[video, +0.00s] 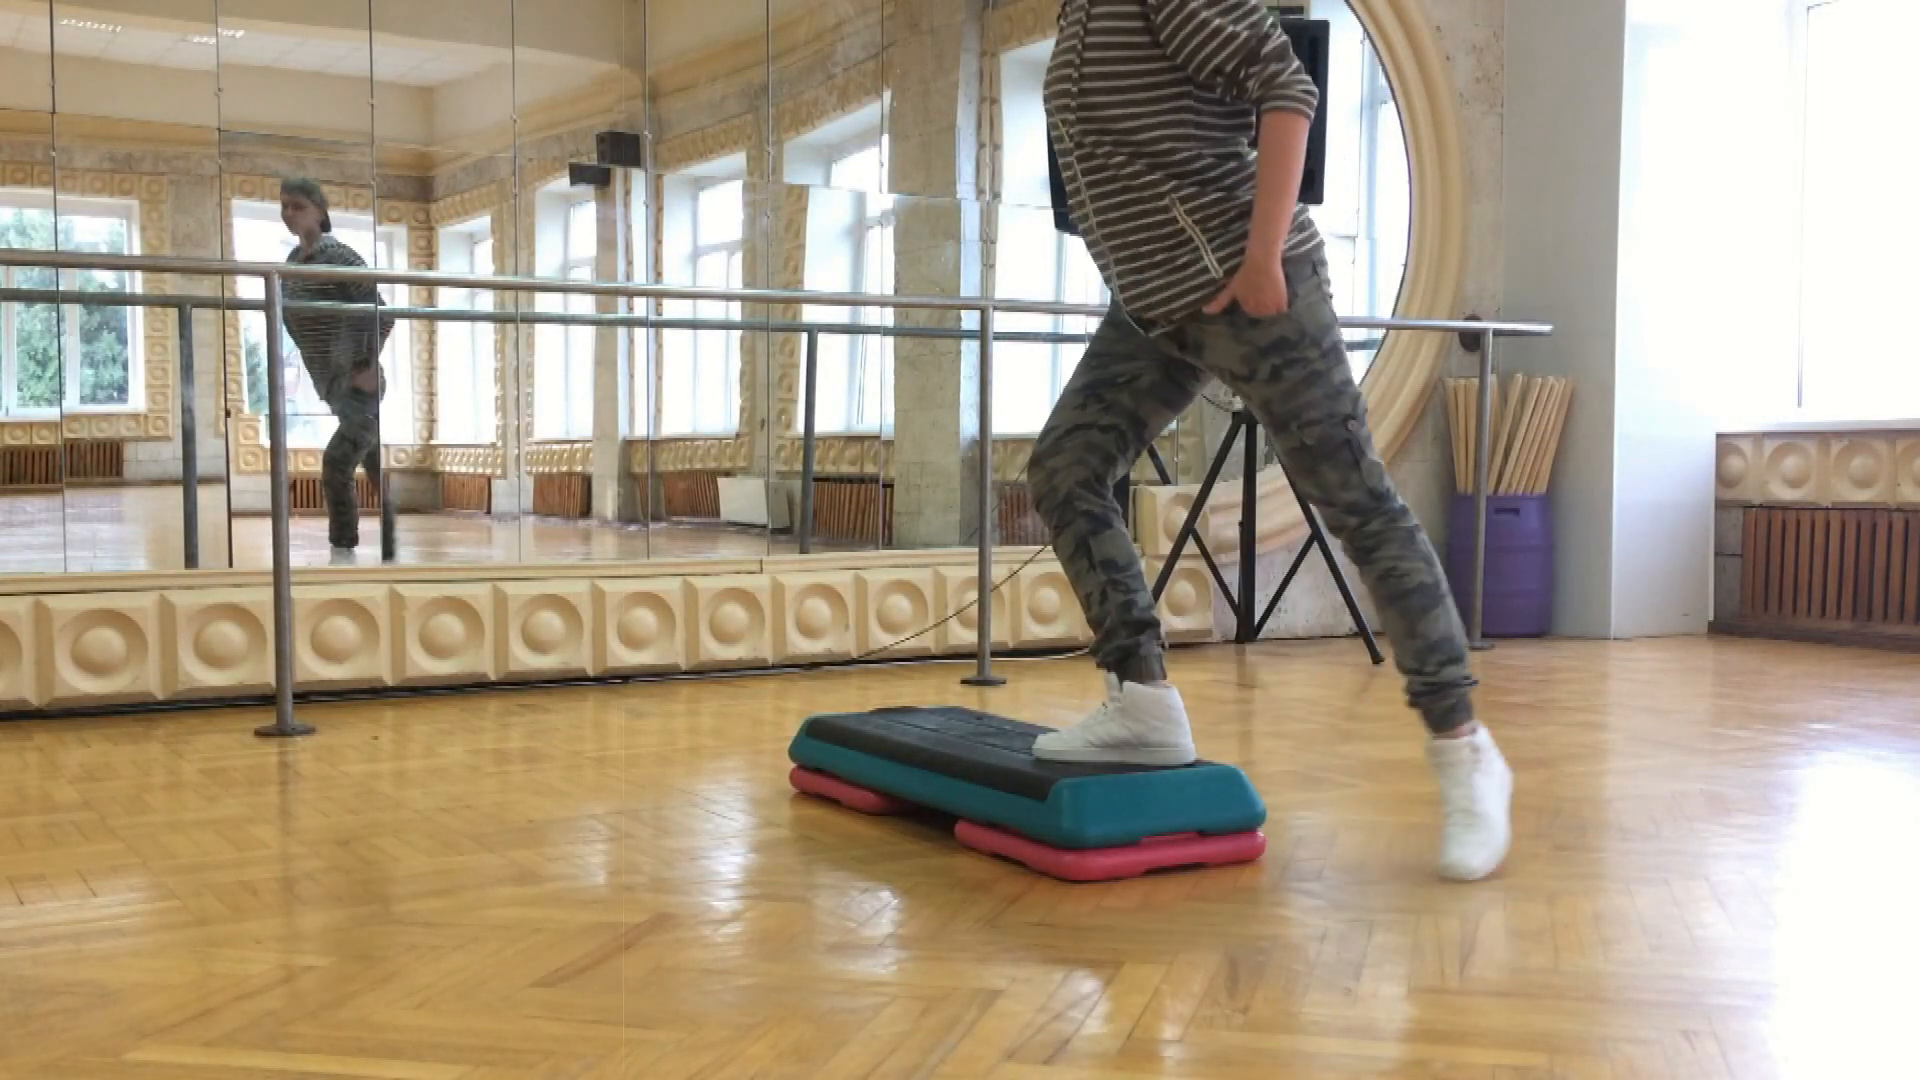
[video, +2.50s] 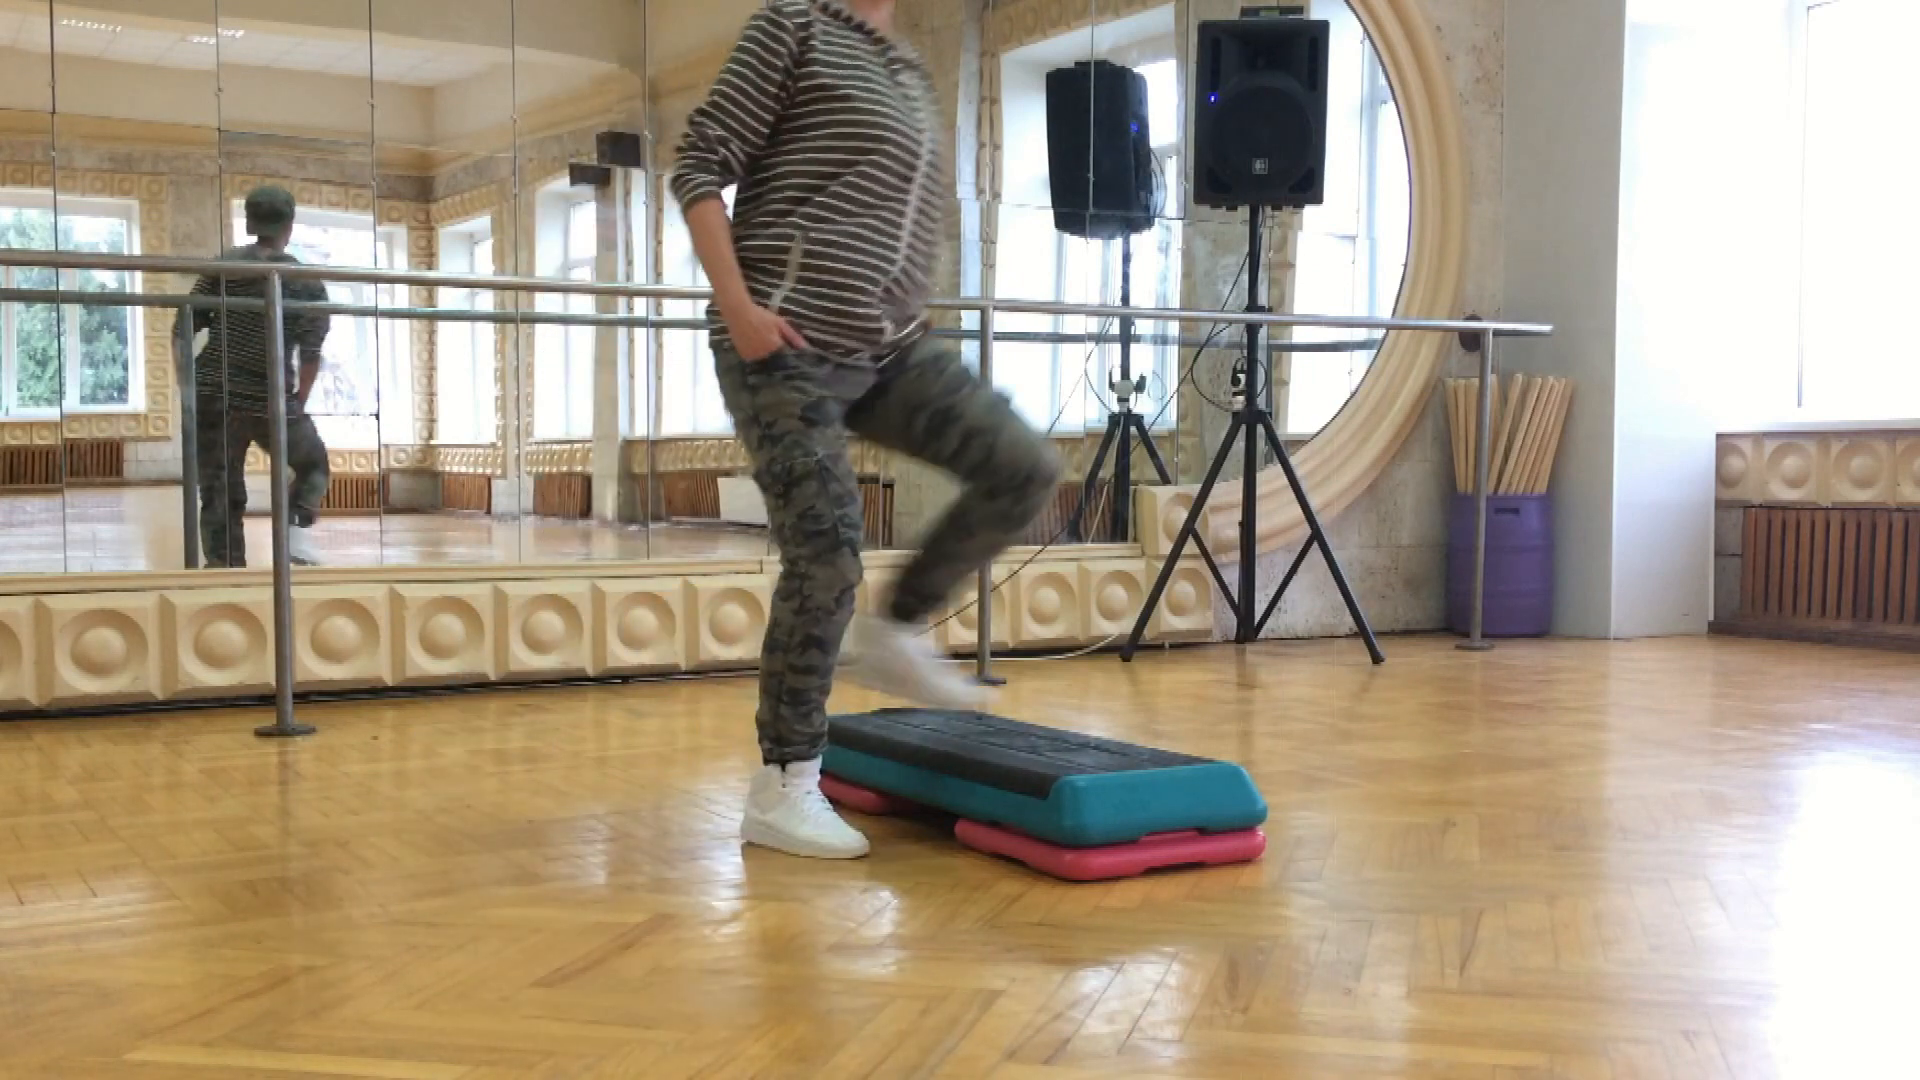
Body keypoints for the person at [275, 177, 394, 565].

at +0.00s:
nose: (288, 215)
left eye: (296, 207)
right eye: (284, 208)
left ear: (320, 210)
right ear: (284, 215)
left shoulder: (343, 258)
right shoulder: (292, 265)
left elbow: (381, 314)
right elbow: (301, 323)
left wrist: (364, 362)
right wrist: (318, 364)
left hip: (362, 379)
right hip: (329, 381)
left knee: (337, 463)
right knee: (376, 464)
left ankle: (343, 554)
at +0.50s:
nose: (367, 249)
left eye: (372, 241)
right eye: (362, 242)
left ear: (387, 244)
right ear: (358, 247)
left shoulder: (416, 291)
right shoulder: (366, 300)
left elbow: (469, 340)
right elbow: (386, 356)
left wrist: (445, 393)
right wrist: (387, 398)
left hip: (437, 406)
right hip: (398, 411)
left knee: (389, 451)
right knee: (454, 498)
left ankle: (399, 550)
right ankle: (499, 565)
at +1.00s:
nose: (354, 221)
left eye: (362, 213)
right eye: (348, 214)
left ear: (378, 218)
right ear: (343, 219)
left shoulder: (400, 270)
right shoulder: (343, 275)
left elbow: (433, 335)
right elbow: (351, 334)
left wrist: (426, 396)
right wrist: (354, 379)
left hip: (409, 399)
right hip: (364, 399)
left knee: (411, 490)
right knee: (334, 463)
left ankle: (442, 569)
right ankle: (363, 549)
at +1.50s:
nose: (285, 212)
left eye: (295, 205)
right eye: (280, 205)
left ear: (316, 211)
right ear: (272, 209)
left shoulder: (339, 265)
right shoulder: (255, 266)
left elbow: (369, 338)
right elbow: (248, 333)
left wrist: (351, 390)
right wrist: (251, 394)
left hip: (325, 402)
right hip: (266, 404)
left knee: (299, 488)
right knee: (258, 501)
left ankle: (291, 579)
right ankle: (336, 541)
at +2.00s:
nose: (268, 228)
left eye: (268, 220)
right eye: (262, 219)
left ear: (239, 221)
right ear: (236, 218)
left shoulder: (237, 269)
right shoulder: (207, 264)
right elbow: (166, 329)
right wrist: (184, 395)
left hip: (233, 412)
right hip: (194, 409)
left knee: (297, 485)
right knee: (187, 510)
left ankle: (257, 576)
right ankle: (121, 586)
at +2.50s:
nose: (284, 230)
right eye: (288, 223)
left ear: (248, 223)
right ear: (289, 226)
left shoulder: (222, 266)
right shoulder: (304, 278)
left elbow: (182, 328)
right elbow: (312, 350)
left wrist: (188, 382)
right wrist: (300, 398)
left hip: (214, 396)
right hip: (269, 398)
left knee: (221, 492)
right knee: (313, 465)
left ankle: (225, 581)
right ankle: (297, 532)